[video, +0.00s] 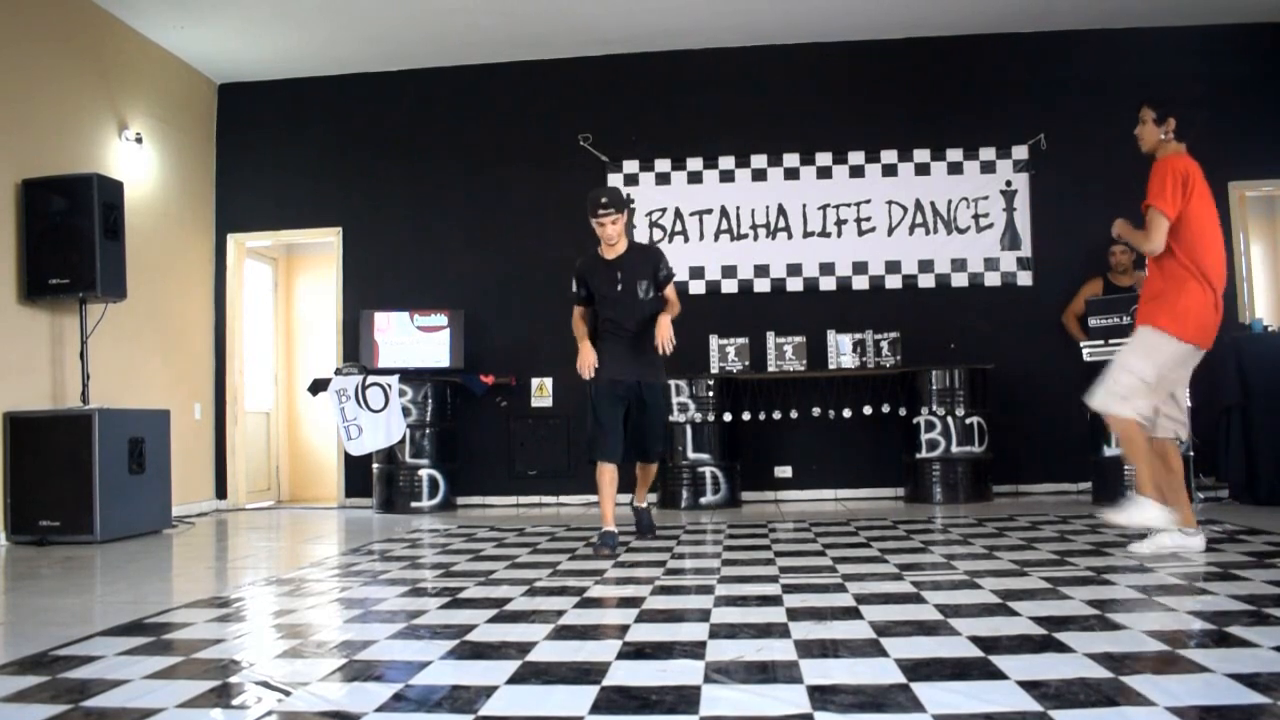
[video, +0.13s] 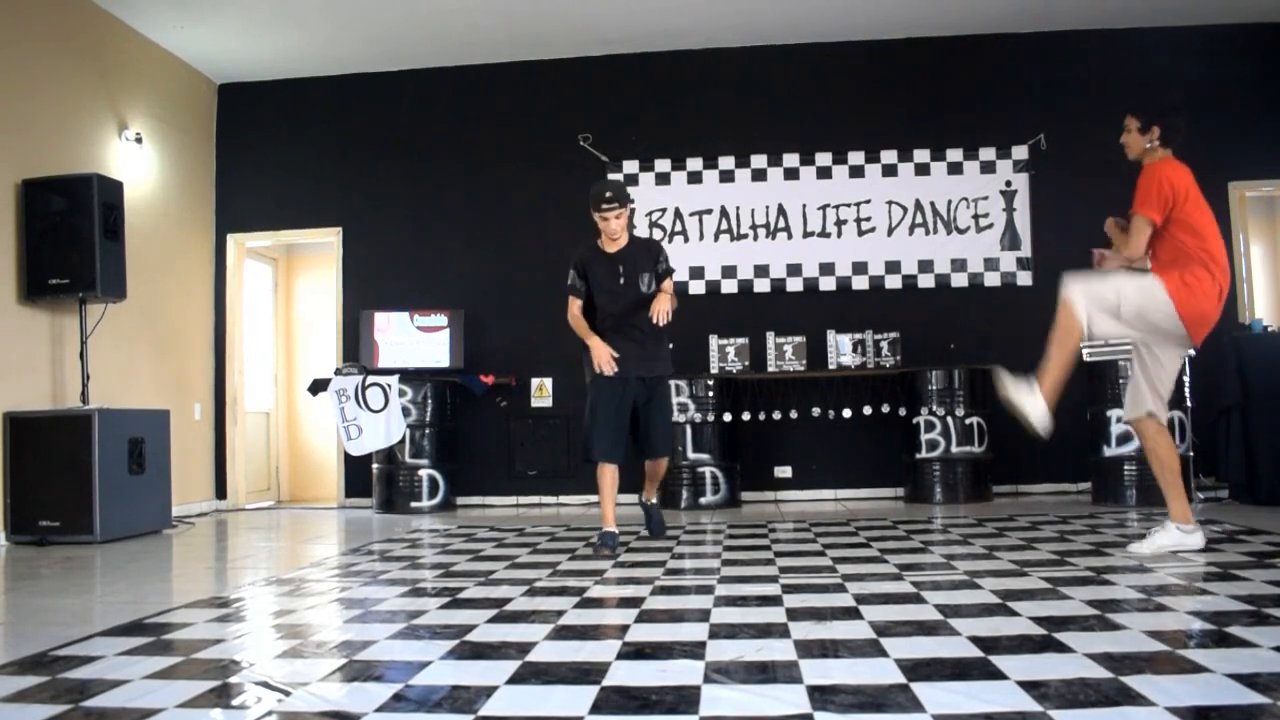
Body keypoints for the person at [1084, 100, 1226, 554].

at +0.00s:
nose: (1136, 131)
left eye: (1142, 122)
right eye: (1137, 123)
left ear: (1167, 126)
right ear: (1166, 127)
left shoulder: (1170, 166)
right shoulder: (1184, 169)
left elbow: (1153, 241)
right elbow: (1182, 249)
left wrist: (1124, 230)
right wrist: (1144, 248)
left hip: (1175, 310)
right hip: (1194, 315)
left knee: (1114, 399)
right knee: (1157, 425)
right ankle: (1184, 528)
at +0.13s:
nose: (1122, 139)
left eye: (1128, 131)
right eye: (1123, 131)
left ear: (1153, 134)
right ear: (1153, 135)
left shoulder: (1158, 172)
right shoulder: (1170, 174)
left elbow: (1133, 250)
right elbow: (1168, 258)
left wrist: (1116, 233)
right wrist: (1120, 260)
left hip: (1183, 292)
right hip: (1191, 305)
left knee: (1076, 289)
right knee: (1144, 412)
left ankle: (1041, 398)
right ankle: (1183, 525)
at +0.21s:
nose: (1111, 148)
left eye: (1116, 140)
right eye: (1112, 140)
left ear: (1140, 144)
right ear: (1143, 145)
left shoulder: (1142, 184)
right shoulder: (1163, 180)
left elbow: (1112, 257)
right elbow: (1130, 261)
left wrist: (1075, 307)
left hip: (1182, 283)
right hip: (1165, 308)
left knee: (1101, 211)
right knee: (1127, 408)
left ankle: (1026, 298)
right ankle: (1175, 516)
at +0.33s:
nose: (1105, 166)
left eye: (1105, 158)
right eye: (1104, 159)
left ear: (1114, 157)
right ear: (1145, 150)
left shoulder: (1171, 177)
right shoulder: (1114, 216)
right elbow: (1109, 282)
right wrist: (1116, 276)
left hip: (1181, 282)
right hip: (1143, 314)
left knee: (1164, 170)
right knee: (1104, 408)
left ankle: (1058, 223)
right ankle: (1159, 510)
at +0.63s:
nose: (1111, 136)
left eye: (1118, 127)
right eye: (1111, 128)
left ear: (1147, 128)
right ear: (1141, 132)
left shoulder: (1158, 177)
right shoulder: (1176, 174)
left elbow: (1121, 258)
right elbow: (1222, 234)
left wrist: (1114, 230)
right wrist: (1229, 297)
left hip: (1183, 291)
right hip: (1195, 298)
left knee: (1089, 302)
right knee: (1165, 410)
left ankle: (1150, 400)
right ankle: (1186, 529)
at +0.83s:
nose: (1129, 130)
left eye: (1137, 121)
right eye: (1128, 123)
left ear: (1165, 122)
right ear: (1158, 126)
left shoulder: (1184, 166)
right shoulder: (1186, 171)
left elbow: (1192, 237)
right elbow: (1231, 239)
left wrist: (1133, 249)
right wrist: (1256, 302)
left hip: (1189, 322)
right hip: (1171, 323)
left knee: (1199, 421)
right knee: (1177, 423)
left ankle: (1265, 512)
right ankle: (1186, 529)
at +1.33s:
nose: (1210, 117)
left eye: (1220, 108)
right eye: (1208, 110)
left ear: (1248, 115)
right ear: (1209, 120)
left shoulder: (1273, 162)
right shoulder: (1206, 179)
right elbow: (1180, 244)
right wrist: (1146, 300)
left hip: (1271, 319)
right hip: (1222, 319)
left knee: (1274, 426)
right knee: (1204, 417)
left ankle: (1275, 524)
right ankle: (1247, 511)